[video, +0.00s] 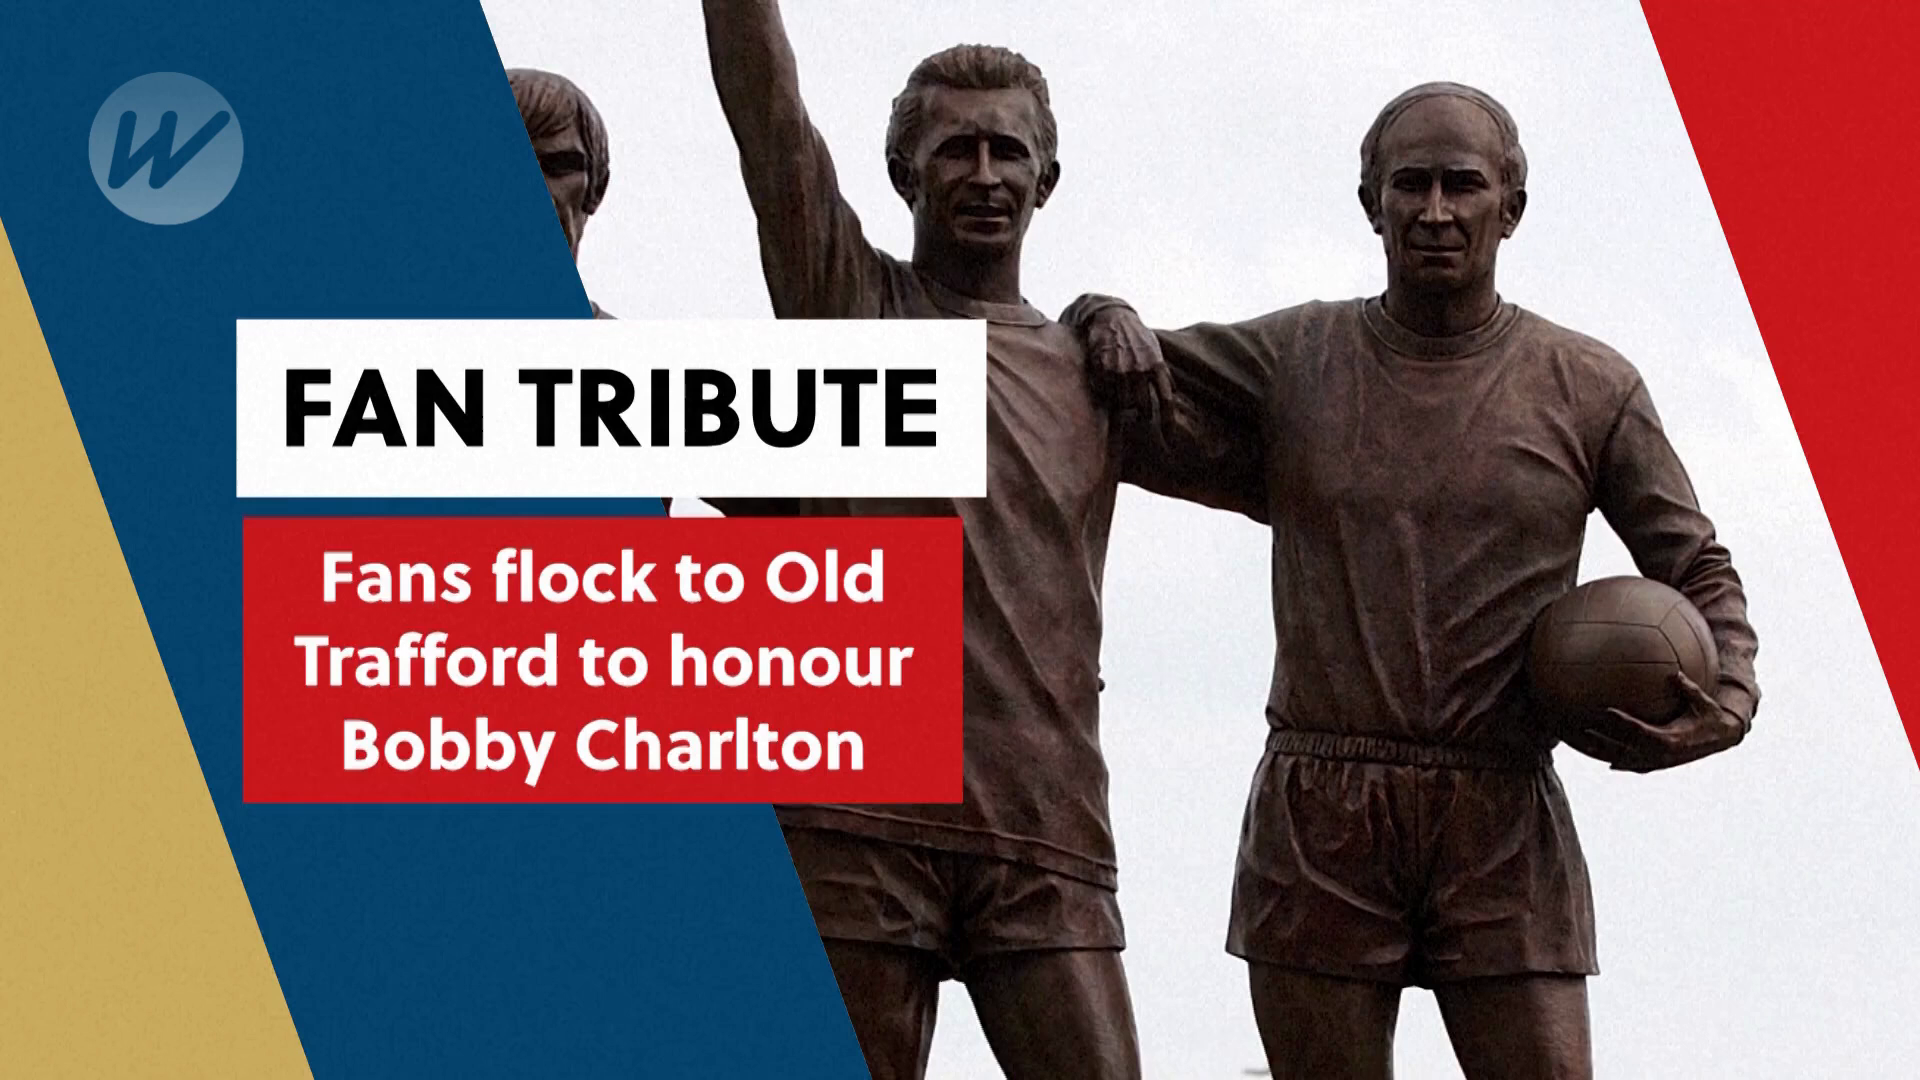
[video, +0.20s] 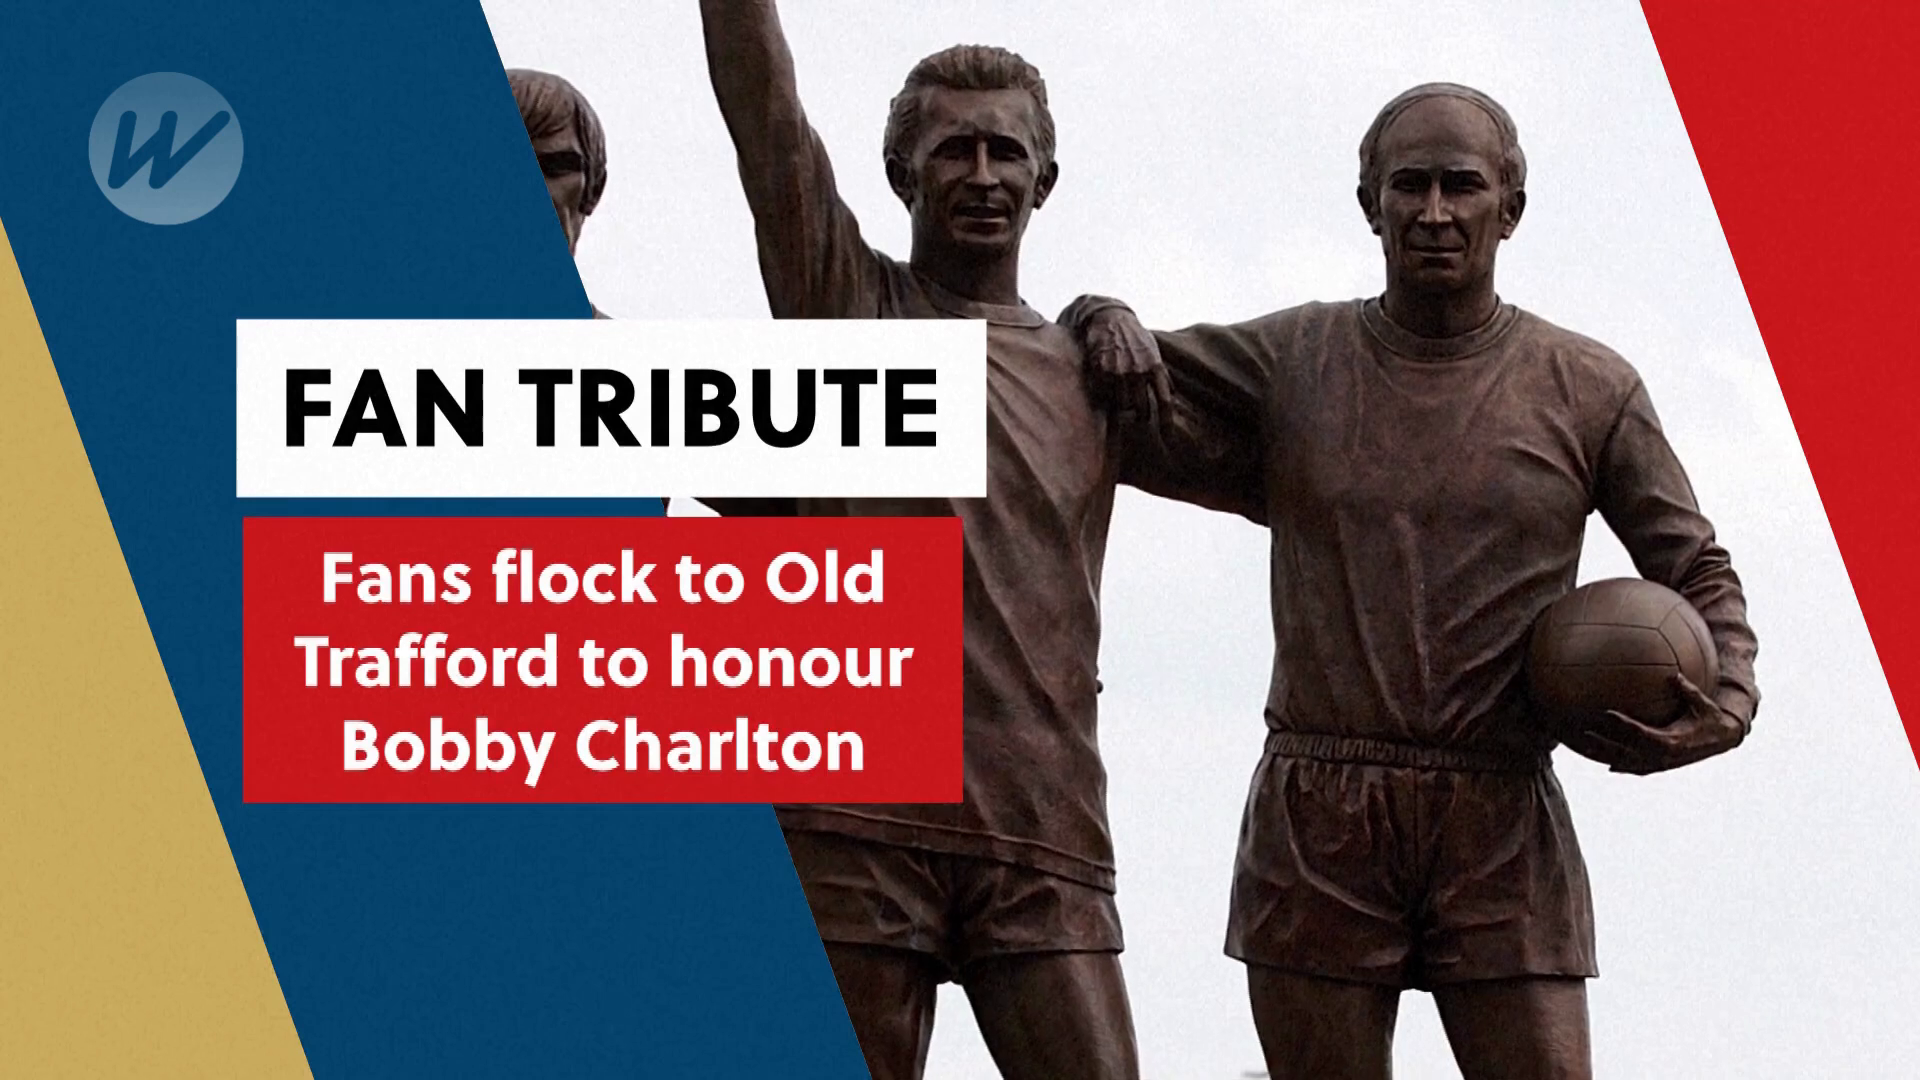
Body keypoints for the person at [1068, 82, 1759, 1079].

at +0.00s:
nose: (1434, 209)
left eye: (1463, 182)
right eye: (1407, 184)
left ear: (1512, 206)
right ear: (1371, 203)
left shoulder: (1591, 386)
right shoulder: (1292, 355)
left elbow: (1698, 570)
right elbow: (1112, 386)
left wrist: (1729, 690)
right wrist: (1100, 314)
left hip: (1501, 822)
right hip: (1317, 819)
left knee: (1550, 1067)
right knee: (1321, 1068)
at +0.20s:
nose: (1434, 211)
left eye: (1462, 184)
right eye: (1406, 185)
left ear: (1511, 207)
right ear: (1370, 204)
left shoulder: (1590, 388)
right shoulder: (1289, 357)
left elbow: (1696, 569)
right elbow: (1111, 389)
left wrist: (1728, 694)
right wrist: (1100, 315)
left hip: (1500, 821)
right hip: (1316, 817)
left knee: (1548, 1066)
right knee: (1320, 1067)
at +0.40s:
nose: (1433, 212)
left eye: (1461, 184)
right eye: (1405, 186)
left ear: (1511, 207)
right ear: (1369, 205)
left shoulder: (1590, 388)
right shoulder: (1290, 356)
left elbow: (1695, 567)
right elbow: (1111, 388)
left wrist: (1731, 688)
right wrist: (1098, 316)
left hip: (1499, 822)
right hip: (1315, 818)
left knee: (1547, 1067)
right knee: (1318, 1068)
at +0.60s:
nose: (1432, 212)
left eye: (1460, 185)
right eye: (1404, 186)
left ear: (1510, 207)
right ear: (1367, 205)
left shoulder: (1589, 389)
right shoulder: (1288, 358)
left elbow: (1695, 570)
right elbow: (1109, 390)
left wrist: (1729, 693)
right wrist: (1098, 316)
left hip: (1499, 826)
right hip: (1313, 822)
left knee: (1546, 1066)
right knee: (1317, 1069)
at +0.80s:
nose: (1432, 213)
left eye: (1459, 185)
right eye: (1404, 187)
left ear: (1510, 207)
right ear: (1366, 207)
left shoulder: (1588, 390)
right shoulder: (1288, 358)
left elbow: (1695, 575)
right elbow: (1113, 387)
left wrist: (1729, 698)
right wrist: (1096, 318)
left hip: (1497, 825)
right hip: (1312, 823)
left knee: (1544, 1066)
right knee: (1314, 1069)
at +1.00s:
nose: (1431, 214)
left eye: (1459, 186)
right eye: (1403, 188)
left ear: (1509, 209)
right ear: (1365, 208)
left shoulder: (1586, 391)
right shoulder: (1288, 358)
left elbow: (1693, 573)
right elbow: (1111, 389)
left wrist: (1729, 696)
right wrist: (1093, 319)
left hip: (1497, 829)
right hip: (1311, 825)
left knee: (1544, 1066)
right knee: (1313, 1069)